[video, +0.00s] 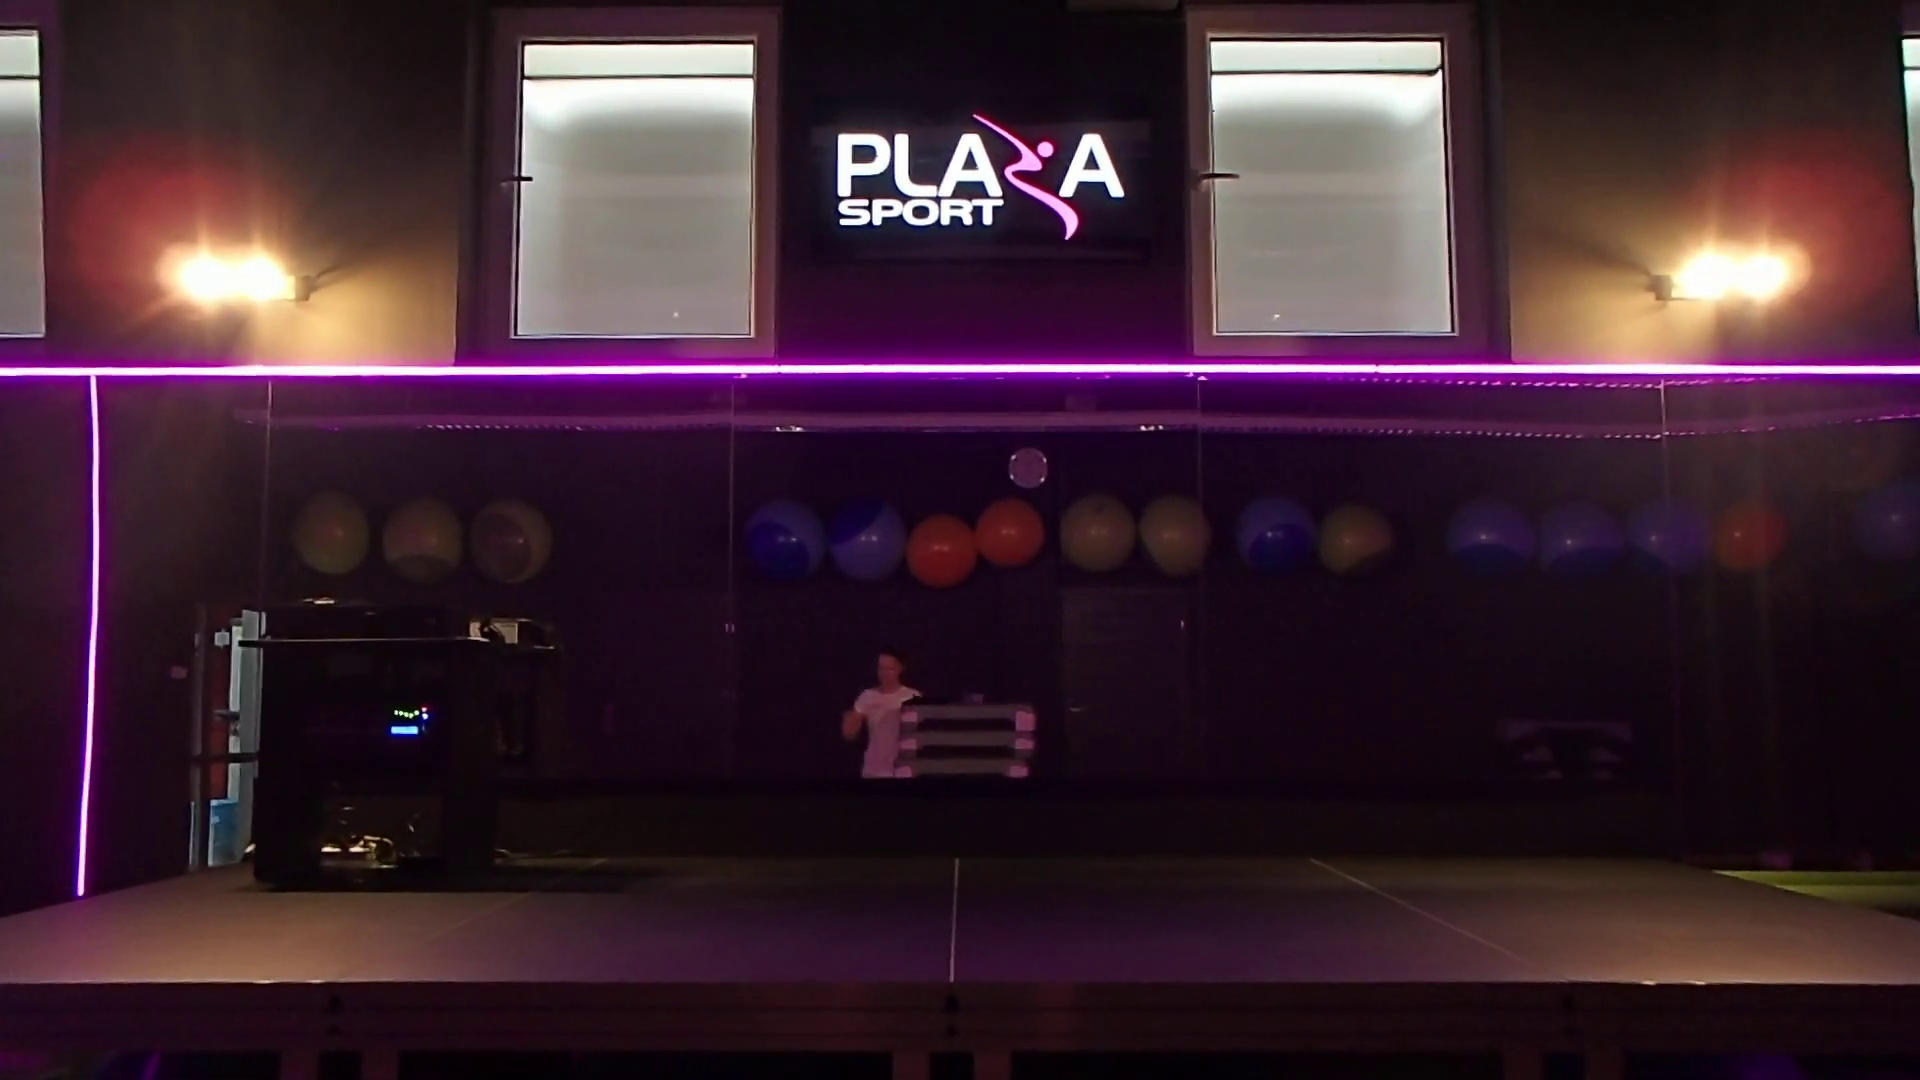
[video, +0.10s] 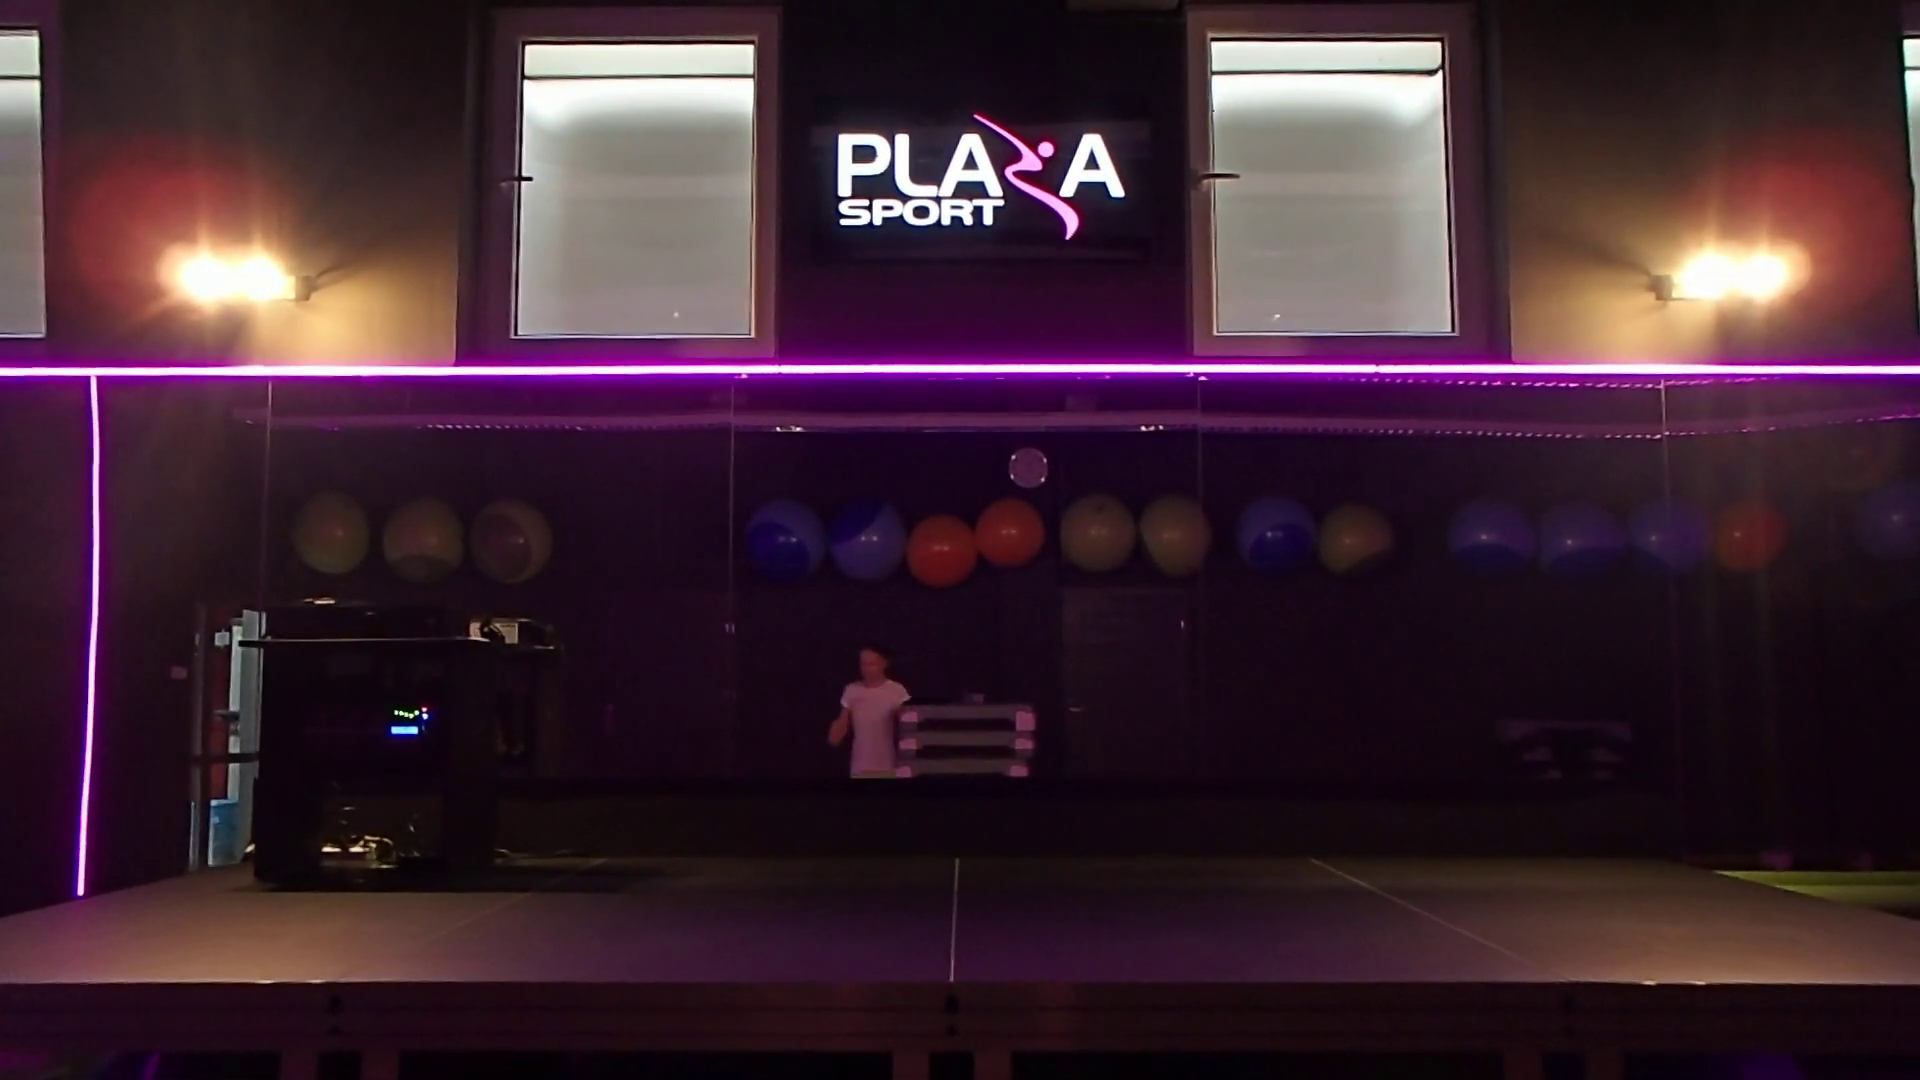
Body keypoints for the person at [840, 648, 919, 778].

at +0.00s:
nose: (884, 673)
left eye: (889, 669)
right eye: (881, 668)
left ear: (900, 669)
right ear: (877, 669)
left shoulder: (912, 697)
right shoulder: (867, 697)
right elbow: (850, 733)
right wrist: (850, 721)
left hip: (901, 769)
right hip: (873, 768)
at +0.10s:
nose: (866, 669)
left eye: (871, 664)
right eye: (863, 664)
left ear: (883, 664)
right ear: (859, 665)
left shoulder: (896, 691)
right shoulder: (851, 691)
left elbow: (907, 731)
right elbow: (843, 720)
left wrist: (904, 766)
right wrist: (836, 735)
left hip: (887, 769)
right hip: (859, 769)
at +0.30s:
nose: (835, 669)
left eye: (841, 663)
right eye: (832, 664)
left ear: (852, 662)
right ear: (828, 665)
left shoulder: (871, 688)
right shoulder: (826, 691)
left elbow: (882, 725)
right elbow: (827, 725)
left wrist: (889, 757)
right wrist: (820, 746)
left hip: (868, 767)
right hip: (842, 769)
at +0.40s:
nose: (815, 678)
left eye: (820, 672)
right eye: (811, 673)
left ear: (833, 671)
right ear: (808, 675)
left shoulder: (853, 696)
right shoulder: (808, 701)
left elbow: (867, 733)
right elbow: (809, 735)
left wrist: (875, 768)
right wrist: (806, 758)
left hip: (858, 771)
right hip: (829, 773)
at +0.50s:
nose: (796, 689)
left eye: (802, 683)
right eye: (793, 683)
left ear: (816, 685)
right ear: (789, 686)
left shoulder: (833, 709)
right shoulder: (789, 711)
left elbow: (852, 746)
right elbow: (793, 742)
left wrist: (861, 776)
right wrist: (790, 763)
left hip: (844, 777)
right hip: (815, 779)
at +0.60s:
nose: (774, 692)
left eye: (781, 687)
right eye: (772, 687)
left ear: (794, 690)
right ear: (769, 690)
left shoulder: (809, 716)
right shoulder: (768, 714)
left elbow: (831, 755)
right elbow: (772, 749)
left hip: (820, 781)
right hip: (791, 781)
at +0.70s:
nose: (756, 690)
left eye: (762, 685)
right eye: (753, 685)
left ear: (774, 691)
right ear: (749, 688)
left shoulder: (785, 717)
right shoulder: (747, 714)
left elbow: (800, 751)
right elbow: (751, 749)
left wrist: (808, 773)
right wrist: (750, 774)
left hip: (790, 776)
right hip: (764, 776)